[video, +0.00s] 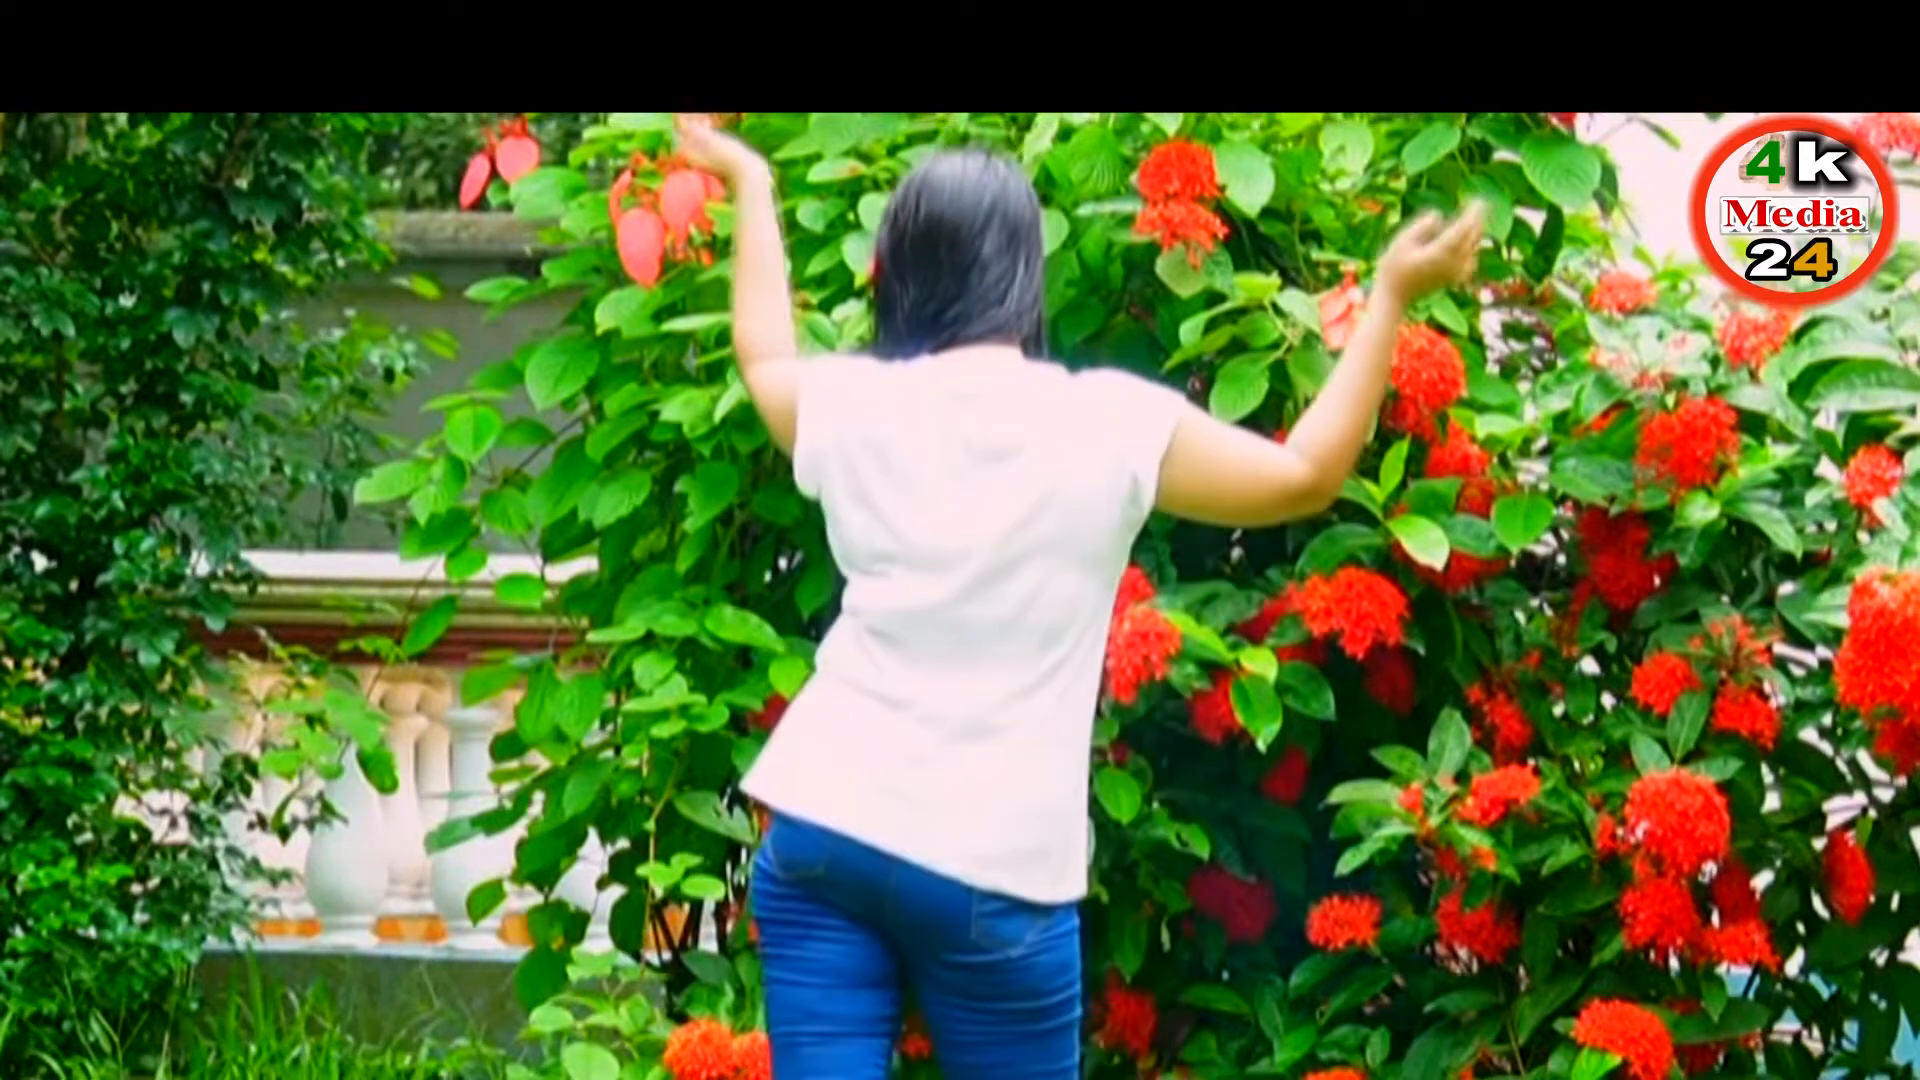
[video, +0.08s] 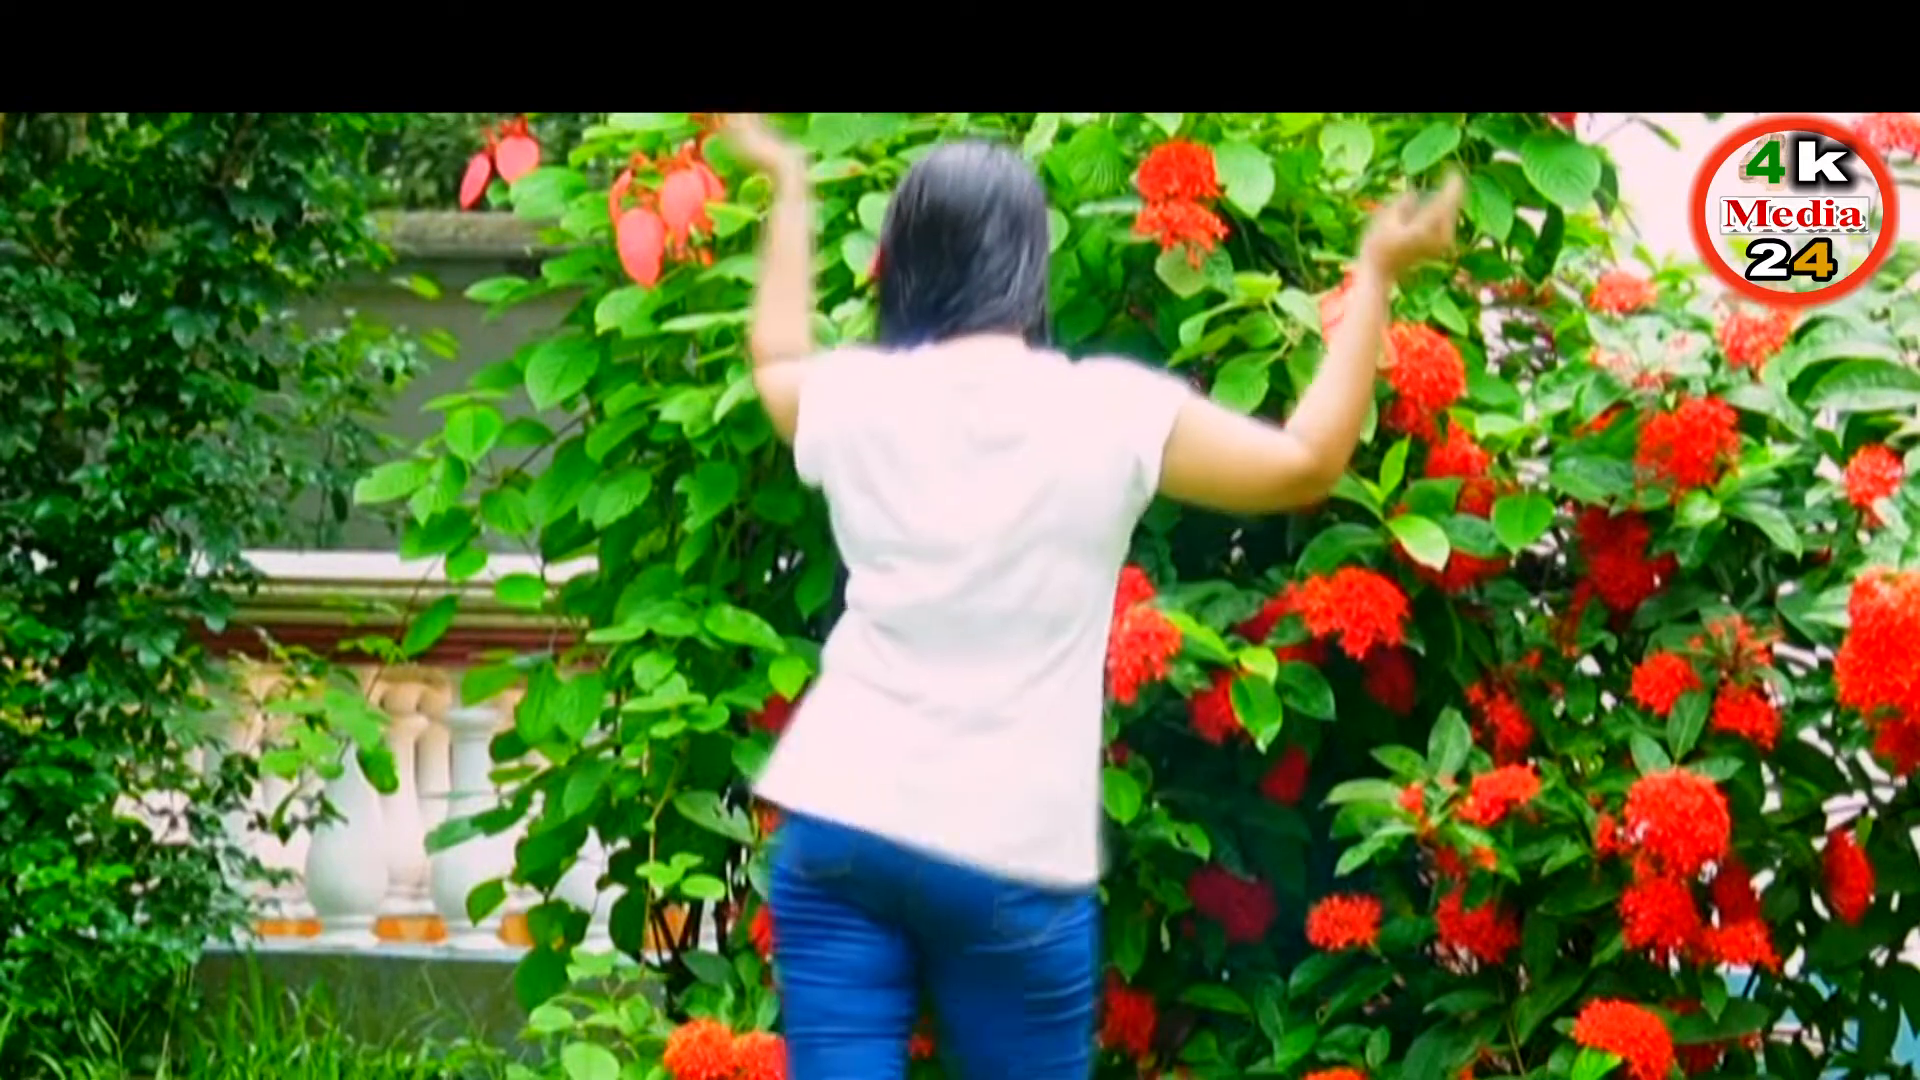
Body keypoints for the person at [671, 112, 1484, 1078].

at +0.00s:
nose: (869, 267)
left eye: (878, 248)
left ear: (888, 269)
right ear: (1029, 271)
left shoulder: (839, 403)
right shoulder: (1119, 419)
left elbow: (762, 357)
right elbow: (1306, 474)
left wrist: (752, 185)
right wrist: (1392, 291)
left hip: (816, 816)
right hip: (1000, 854)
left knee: (820, 1067)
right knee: (1020, 1063)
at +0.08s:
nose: (876, 257)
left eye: (884, 235)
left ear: (893, 266)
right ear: (1033, 266)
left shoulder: (852, 395)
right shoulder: (1117, 407)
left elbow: (776, 358)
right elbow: (1306, 462)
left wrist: (788, 183)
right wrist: (1377, 269)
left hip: (837, 812)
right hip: (1022, 845)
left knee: (836, 1067)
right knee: (1036, 1065)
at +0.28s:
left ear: (922, 242)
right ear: (1061, 246)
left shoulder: (863, 389)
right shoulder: (1115, 387)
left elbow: (853, 346)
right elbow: (1320, 446)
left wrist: (875, 204)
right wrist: (1352, 250)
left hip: (924, 807)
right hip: (1100, 799)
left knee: (921, 1066)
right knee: (1101, 1067)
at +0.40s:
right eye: (1083, 255)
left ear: (957, 269)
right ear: (1078, 279)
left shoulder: (871, 421)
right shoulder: (1119, 422)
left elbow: (898, 398)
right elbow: (1324, 487)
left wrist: (910, 276)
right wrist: (1336, 289)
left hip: (966, 841)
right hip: (1144, 808)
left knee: (990, 1063)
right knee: (1133, 1064)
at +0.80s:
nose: (1083, 260)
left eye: (1080, 235)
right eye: (1079, 236)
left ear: (942, 247)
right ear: (1053, 255)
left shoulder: (865, 416)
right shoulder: (1071, 406)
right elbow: (1245, 525)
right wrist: (1238, 324)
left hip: (904, 834)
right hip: (1061, 853)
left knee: (960, 1069)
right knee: (1131, 1066)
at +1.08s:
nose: (1089, 251)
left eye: (1086, 225)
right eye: (1077, 226)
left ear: (992, 240)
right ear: (1016, 240)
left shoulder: (905, 391)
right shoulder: (999, 398)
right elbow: (1102, 572)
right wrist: (1145, 418)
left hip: (899, 820)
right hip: (1010, 838)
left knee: (945, 1068)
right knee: (1140, 1064)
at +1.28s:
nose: (1107, 241)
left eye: (1101, 214)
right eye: (1088, 215)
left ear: (1023, 234)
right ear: (1012, 230)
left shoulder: (1045, 391)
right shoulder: (945, 385)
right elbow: (962, 592)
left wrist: (1139, 486)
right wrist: (1098, 462)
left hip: (1051, 818)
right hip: (982, 820)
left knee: (1060, 1061)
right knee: (1019, 1065)